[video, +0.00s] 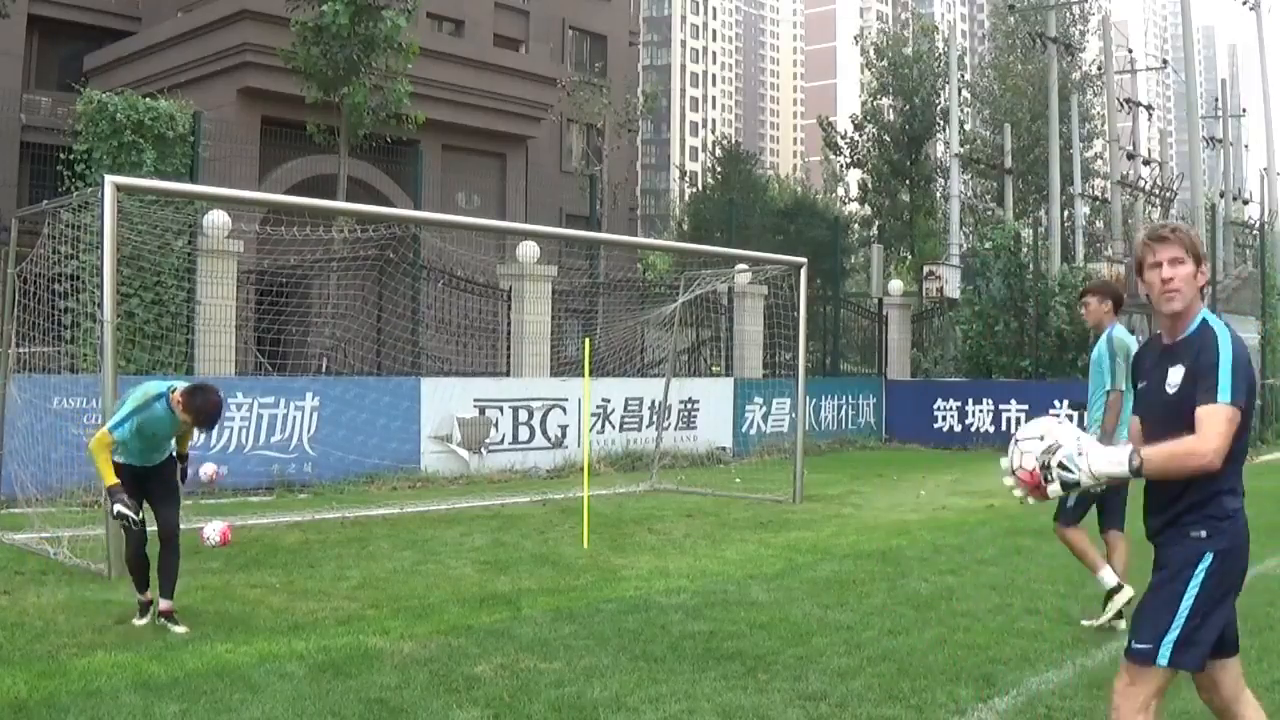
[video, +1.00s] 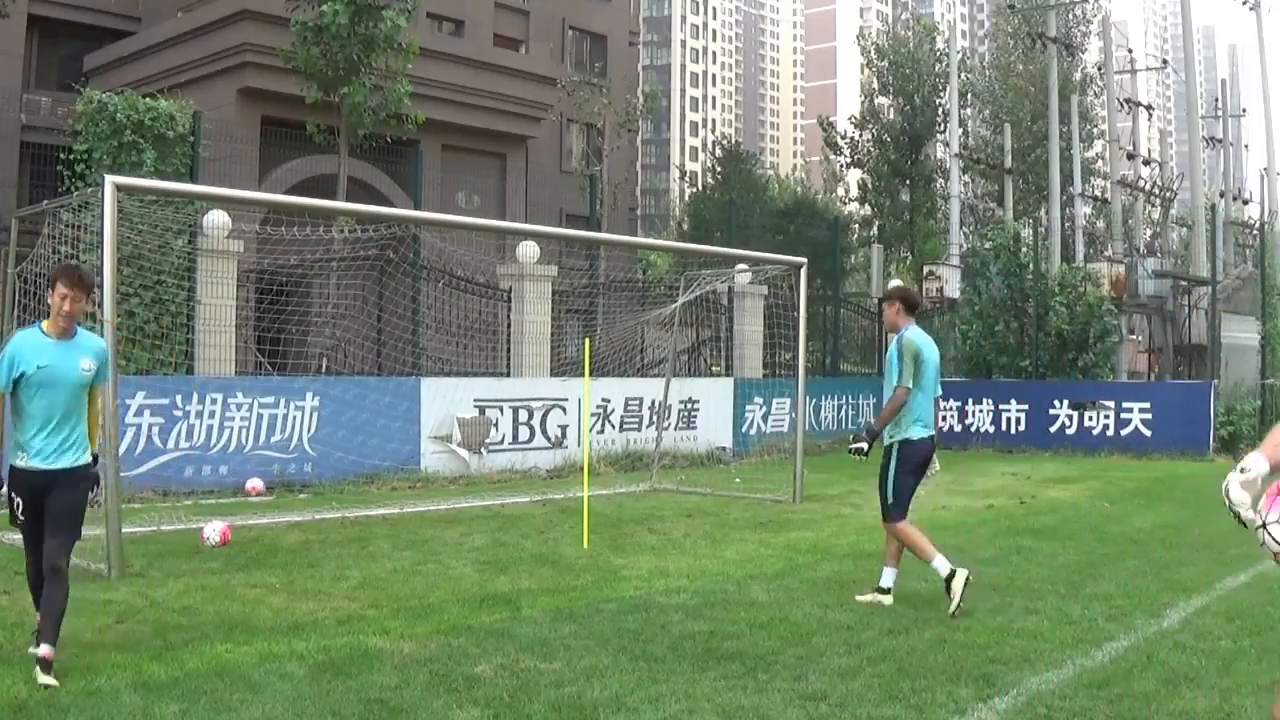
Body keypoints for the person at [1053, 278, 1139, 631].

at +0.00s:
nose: (1083, 312)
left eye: (1088, 305)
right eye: (1082, 306)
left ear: (1107, 306)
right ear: (1105, 308)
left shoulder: (1113, 340)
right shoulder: (1116, 341)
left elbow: (1115, 396)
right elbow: (1119, 397)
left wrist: (1102, 445)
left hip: (1104, 448)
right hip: (1118, 447)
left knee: (1064, 522)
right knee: (1114, 530)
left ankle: (1114, 586)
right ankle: (1115, 611)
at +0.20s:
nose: (1040, 317)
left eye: (1045, 310)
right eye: (1041, 310)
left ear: (1065, 311)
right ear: (1063, 313)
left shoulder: (1073, 346)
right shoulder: (1075, 345)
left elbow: (1081, 403)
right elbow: (1066, 408)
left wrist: (1088, 457)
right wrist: (1047, 448)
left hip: (1064, 450)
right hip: (1082, 449)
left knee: (1031, 524)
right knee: (1091, 529)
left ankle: (1002, 601)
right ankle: (1113, 610)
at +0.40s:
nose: (994, 314)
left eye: (999, 308)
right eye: (995, 308)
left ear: (1019, 310)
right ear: (1017, 312)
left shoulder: (1027, 345)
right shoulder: (1031, 343)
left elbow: (1034, 402)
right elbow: (1020, 405)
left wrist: (1039, 456)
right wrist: (1003, 447)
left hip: (1017, 446)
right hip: (1028, 444)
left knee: (1001, 524)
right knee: (1026, 529)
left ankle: (993, 603)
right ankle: (1079, 584)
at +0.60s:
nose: (957, 315)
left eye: (961, 308)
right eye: (957, 308)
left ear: (981, 308)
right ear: (980, 309)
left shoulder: (989, 342)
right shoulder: (993, 339)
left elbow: (983, 398)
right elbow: (989, 398)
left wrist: (963, 447)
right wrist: (965, 443)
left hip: (989, 441)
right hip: (990, 439)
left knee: (985, 519)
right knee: (951, 508)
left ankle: (992, 601)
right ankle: (987, 573)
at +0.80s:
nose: (919, 319)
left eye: (923, 313)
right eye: (919, 314)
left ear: (941, 312)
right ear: (942, 313)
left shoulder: (946, 345)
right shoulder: (962, 345)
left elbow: (934, 399)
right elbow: (965, 401)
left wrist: (901, 436)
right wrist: (967, 450)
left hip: (947, 444)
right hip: (957, 442)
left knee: (962, 522)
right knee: (921, 519)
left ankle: (989, 601)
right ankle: (890, 587)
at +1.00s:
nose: (882, 315)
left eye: (884, 308)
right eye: (883, 309)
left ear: (897, 308)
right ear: (905, 309)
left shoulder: (905, 341)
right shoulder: (927, 342)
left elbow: (903, 393)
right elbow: (933, 399)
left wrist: (871, 433)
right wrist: (931, 443)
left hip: (906, 441)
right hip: (921, 440)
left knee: (893, 519)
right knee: (895, 516)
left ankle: (949, 573)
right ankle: (884, 588)